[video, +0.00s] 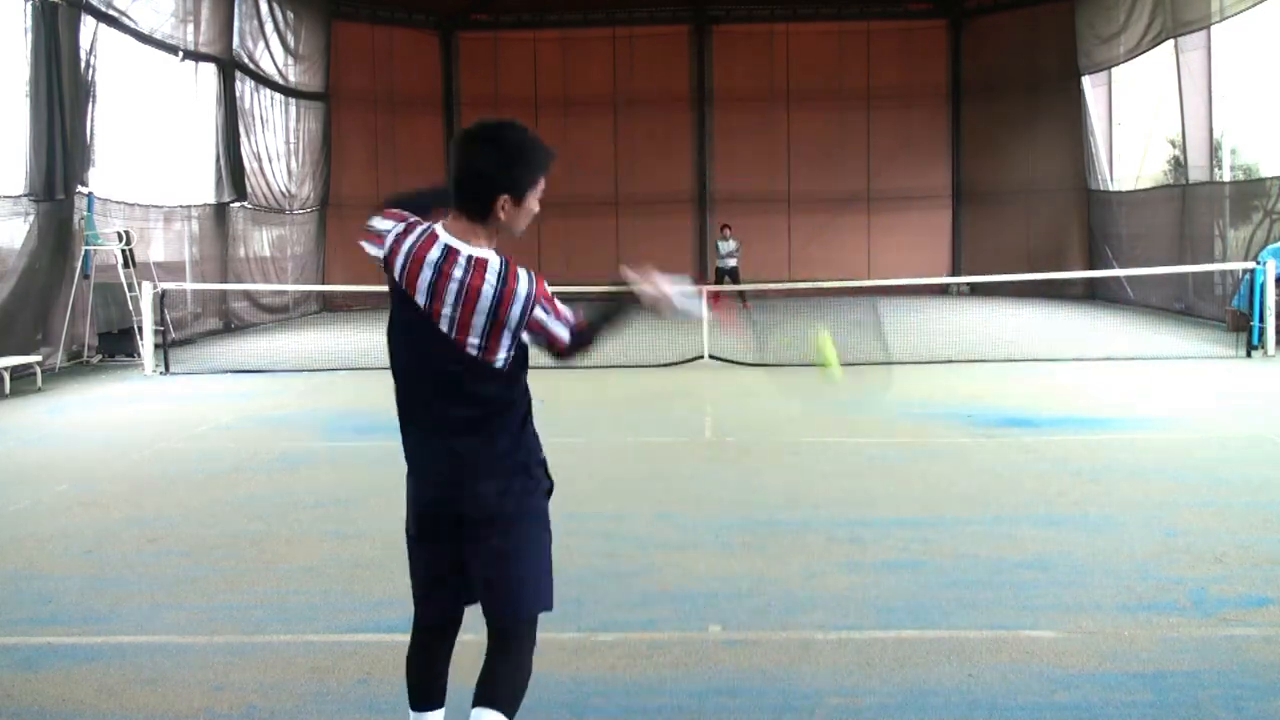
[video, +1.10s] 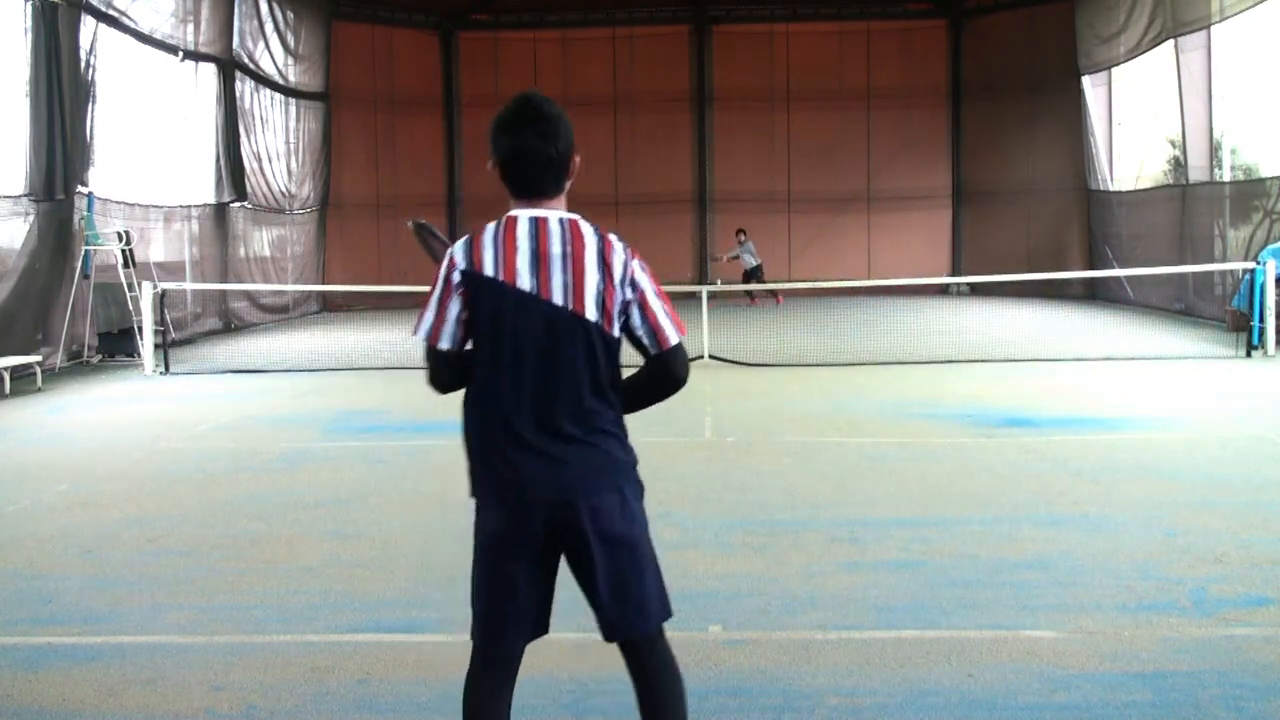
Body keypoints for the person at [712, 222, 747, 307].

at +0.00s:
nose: (726, 233)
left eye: (728, 231)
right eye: (724, 231)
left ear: (730, 232)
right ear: (721, 233)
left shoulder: (735, 242)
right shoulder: (718, 242)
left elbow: (737, 254)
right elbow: (720, 254)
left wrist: (725, 254)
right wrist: (733, 252)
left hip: (733, 266)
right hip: (721, 266)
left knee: (738, 285)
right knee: (718, 285)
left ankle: (744, 302)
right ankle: (715, 302)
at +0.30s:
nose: (721, 228)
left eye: (722, 225)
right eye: (719, 226)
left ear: (724, 227)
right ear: (716, 228)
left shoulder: (729, 237)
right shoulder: (713, 238)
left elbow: (734, 247)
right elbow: (713, 249)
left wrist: (729, 252)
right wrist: (721, 251)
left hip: (728, 260)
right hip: (717, 261)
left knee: (733, 279)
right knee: (713, 279)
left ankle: (737, 296)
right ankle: (712, 297)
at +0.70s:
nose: (729, 234)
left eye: (731, 232)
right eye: (728, 232)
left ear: (734, 233)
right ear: (726, 234)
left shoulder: (737, 242)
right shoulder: (725, 243)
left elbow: (732, 251)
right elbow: (722, 249)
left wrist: (722, 249)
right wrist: (716, 249)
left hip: (738, 264)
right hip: (728, 265)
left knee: (738, 283)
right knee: (722, 282)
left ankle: (740, 301)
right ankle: (718, 298)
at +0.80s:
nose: (733, 232)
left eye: (734, 230)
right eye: (731, 230)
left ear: (737, 231)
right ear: (728, 232)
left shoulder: (740, 240)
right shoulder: (728, 241)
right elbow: (722, 247)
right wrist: (713, 247)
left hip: (744, 262)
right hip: (735, 263)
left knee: (743, 281)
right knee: (732, 282)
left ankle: (743, 298)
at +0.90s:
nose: (736, 234)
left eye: (737, 231)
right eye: (734, 232)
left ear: (740, 232)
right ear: (731, 233)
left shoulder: (743, 241)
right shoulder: (731, 242)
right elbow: (725, 247)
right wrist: (713, 248)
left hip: (749, 262)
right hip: (740, 264)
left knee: (749, 279)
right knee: (741, 281)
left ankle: (751, 296)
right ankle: (748, 295)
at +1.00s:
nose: (737, 237)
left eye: (739, 234)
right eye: (736, 235)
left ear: (742, 235)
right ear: (734, 236)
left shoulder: (745, 244)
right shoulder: (736, 247)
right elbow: (730, 252)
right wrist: (720, 253)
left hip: (753, 265)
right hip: (745, 268)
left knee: (757, 282)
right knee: (743, 286)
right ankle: (752, 299)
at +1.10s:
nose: (740, 238)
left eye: (742, 235)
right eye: (738, 236)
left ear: (745, 236)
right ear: (736, 237)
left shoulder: (748, 244)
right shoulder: (740, 247)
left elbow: (736, 252)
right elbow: (738, 256)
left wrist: (726, 256)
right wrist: (730, 259)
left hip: (756, 266)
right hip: (747, 269)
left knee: (761, 283)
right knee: (745, 286)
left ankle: (776, 295)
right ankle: (753, 299)